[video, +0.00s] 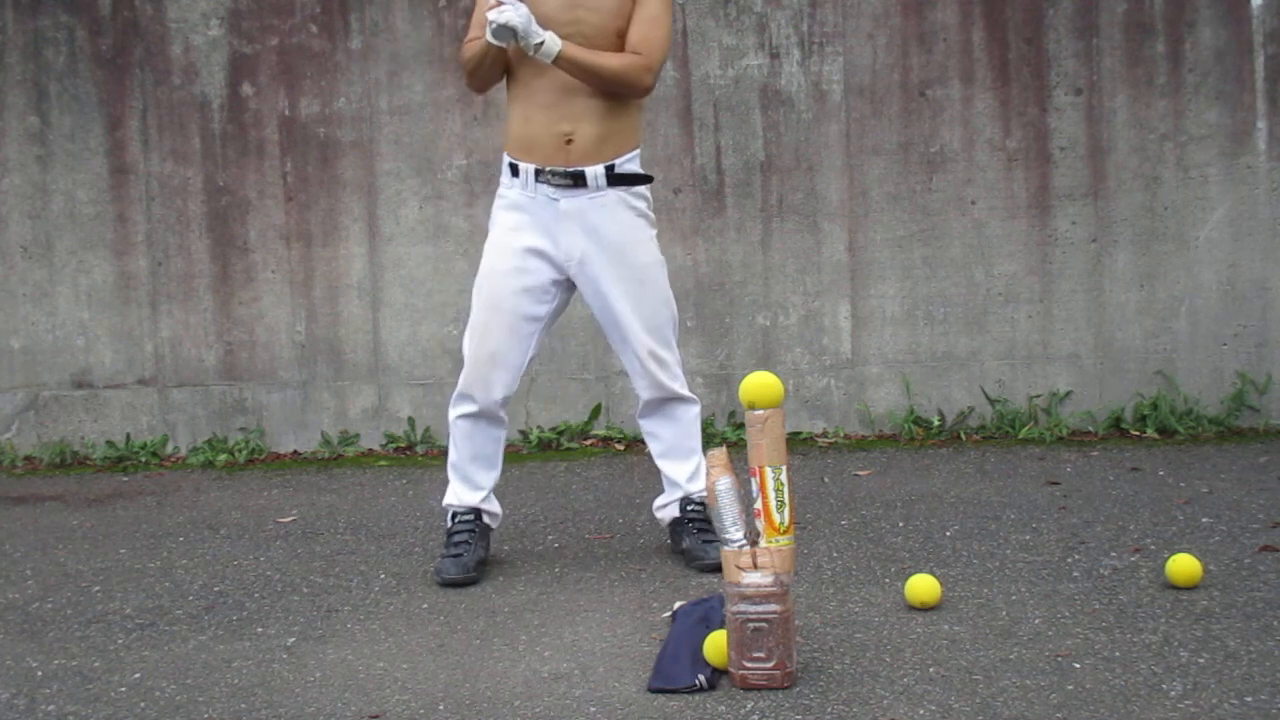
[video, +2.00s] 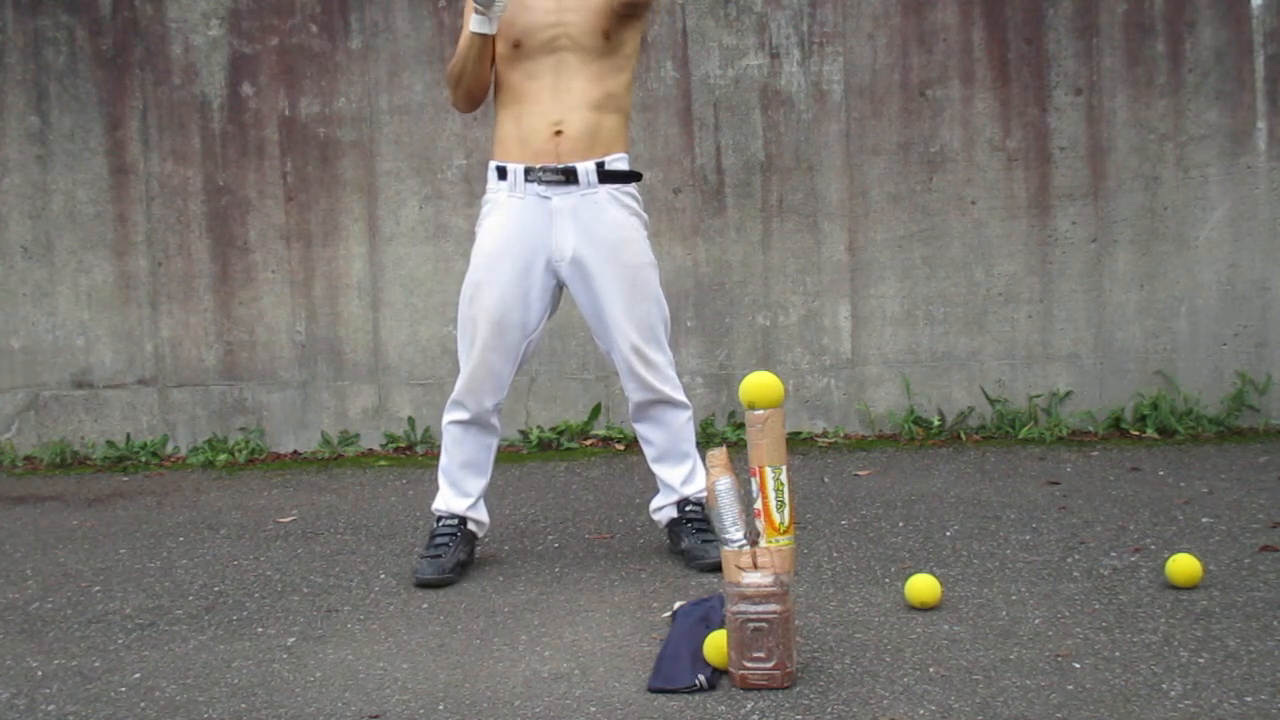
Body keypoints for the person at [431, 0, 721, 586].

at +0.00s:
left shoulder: (650, 1)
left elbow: (639, 76)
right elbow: (476, 77)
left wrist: (543, 41)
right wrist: (500, 38)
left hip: (614, 200)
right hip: (523, 200)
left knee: (657, 365)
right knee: (484, 371)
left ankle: (688, 507)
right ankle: (468, 516)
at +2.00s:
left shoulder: (627, 5)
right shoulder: (494, 5)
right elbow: (466, 98)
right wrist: (480, 16)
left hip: (606, 194)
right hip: (513, 197)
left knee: (647, 364)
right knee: (480, 374)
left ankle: (686, 507)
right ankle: (455, 517)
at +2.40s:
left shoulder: (632, 0)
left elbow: (626, 66)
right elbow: (464, 94)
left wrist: (549, 13)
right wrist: (485, 16)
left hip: (605, 195)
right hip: (513, 197)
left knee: (647, 363)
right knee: (480, 373)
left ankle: (686, 507)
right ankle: (455, 517)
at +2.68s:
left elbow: (626, 67)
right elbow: (463, 92)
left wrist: (555, 13)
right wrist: (496, 17)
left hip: (605, 195)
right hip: (513, 197)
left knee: (646, 362)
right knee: (480, 373)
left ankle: (686, 507)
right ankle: (455, 517)